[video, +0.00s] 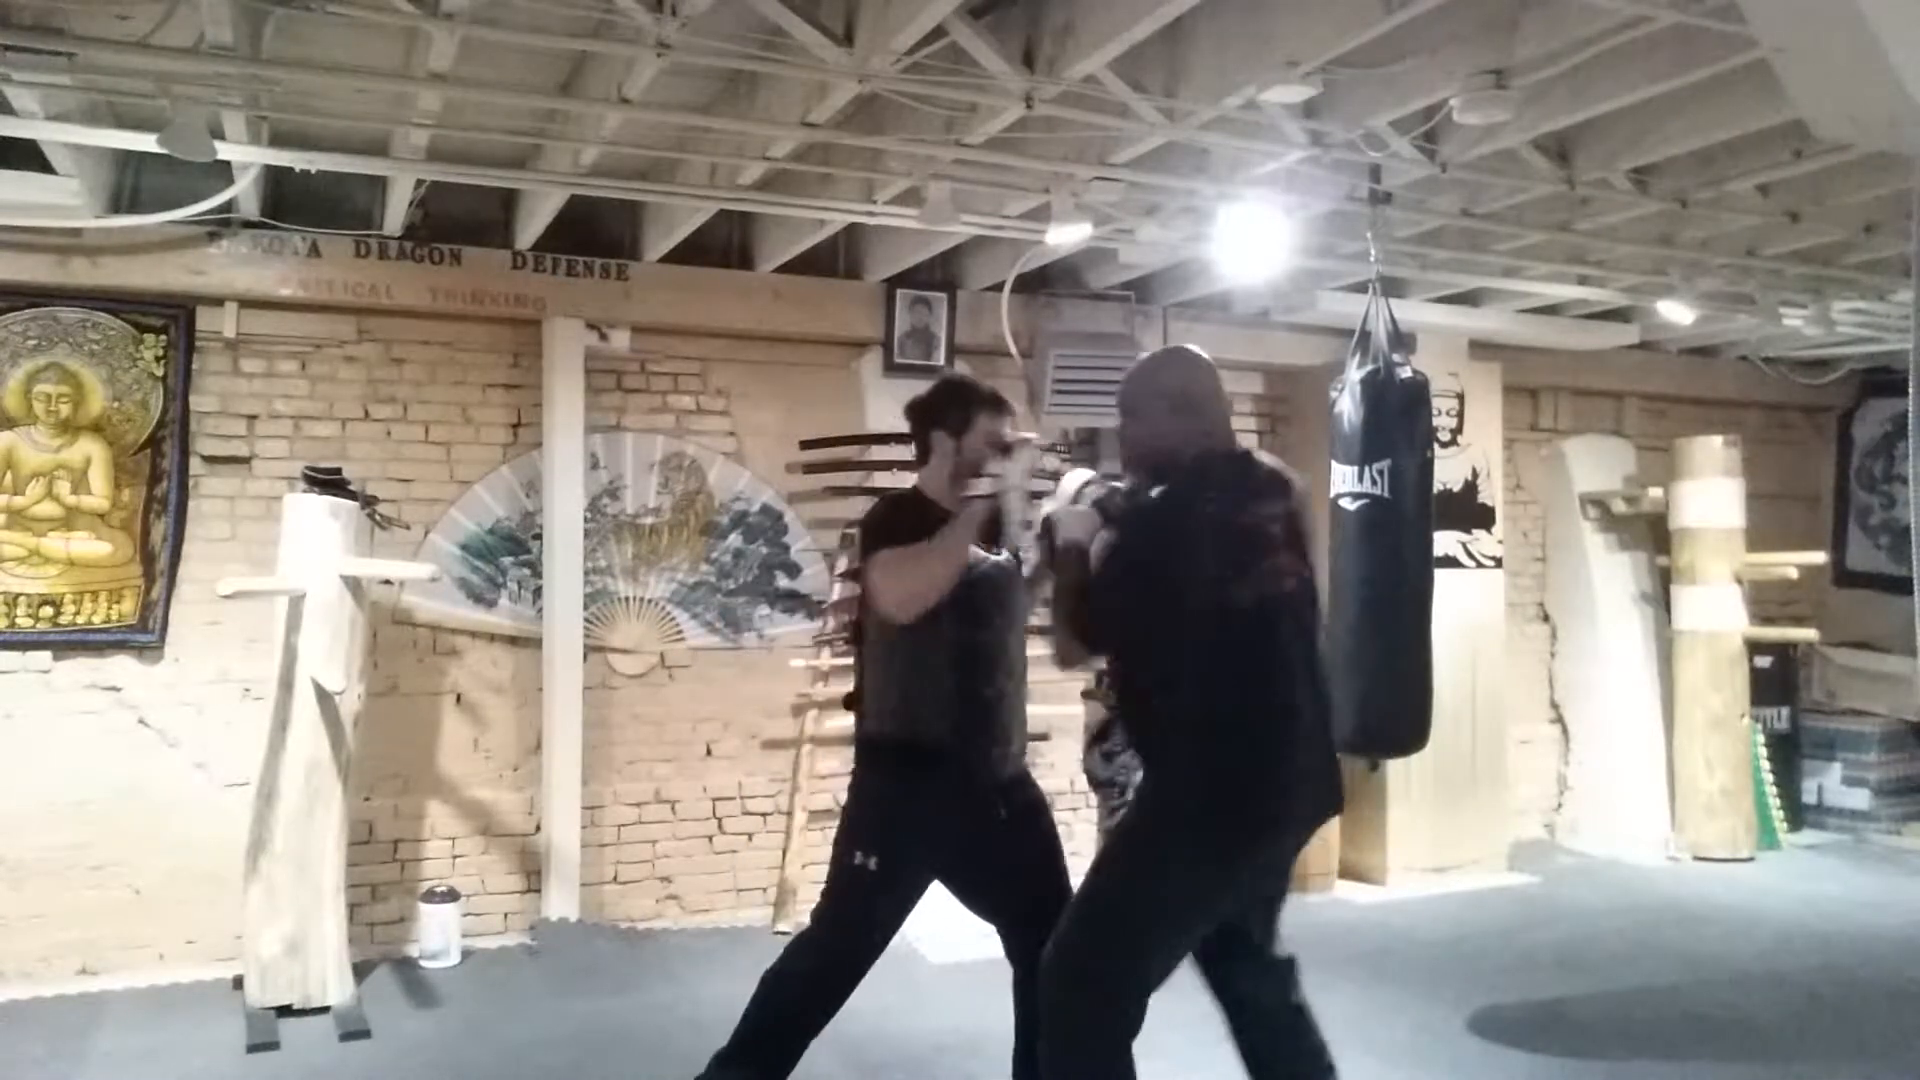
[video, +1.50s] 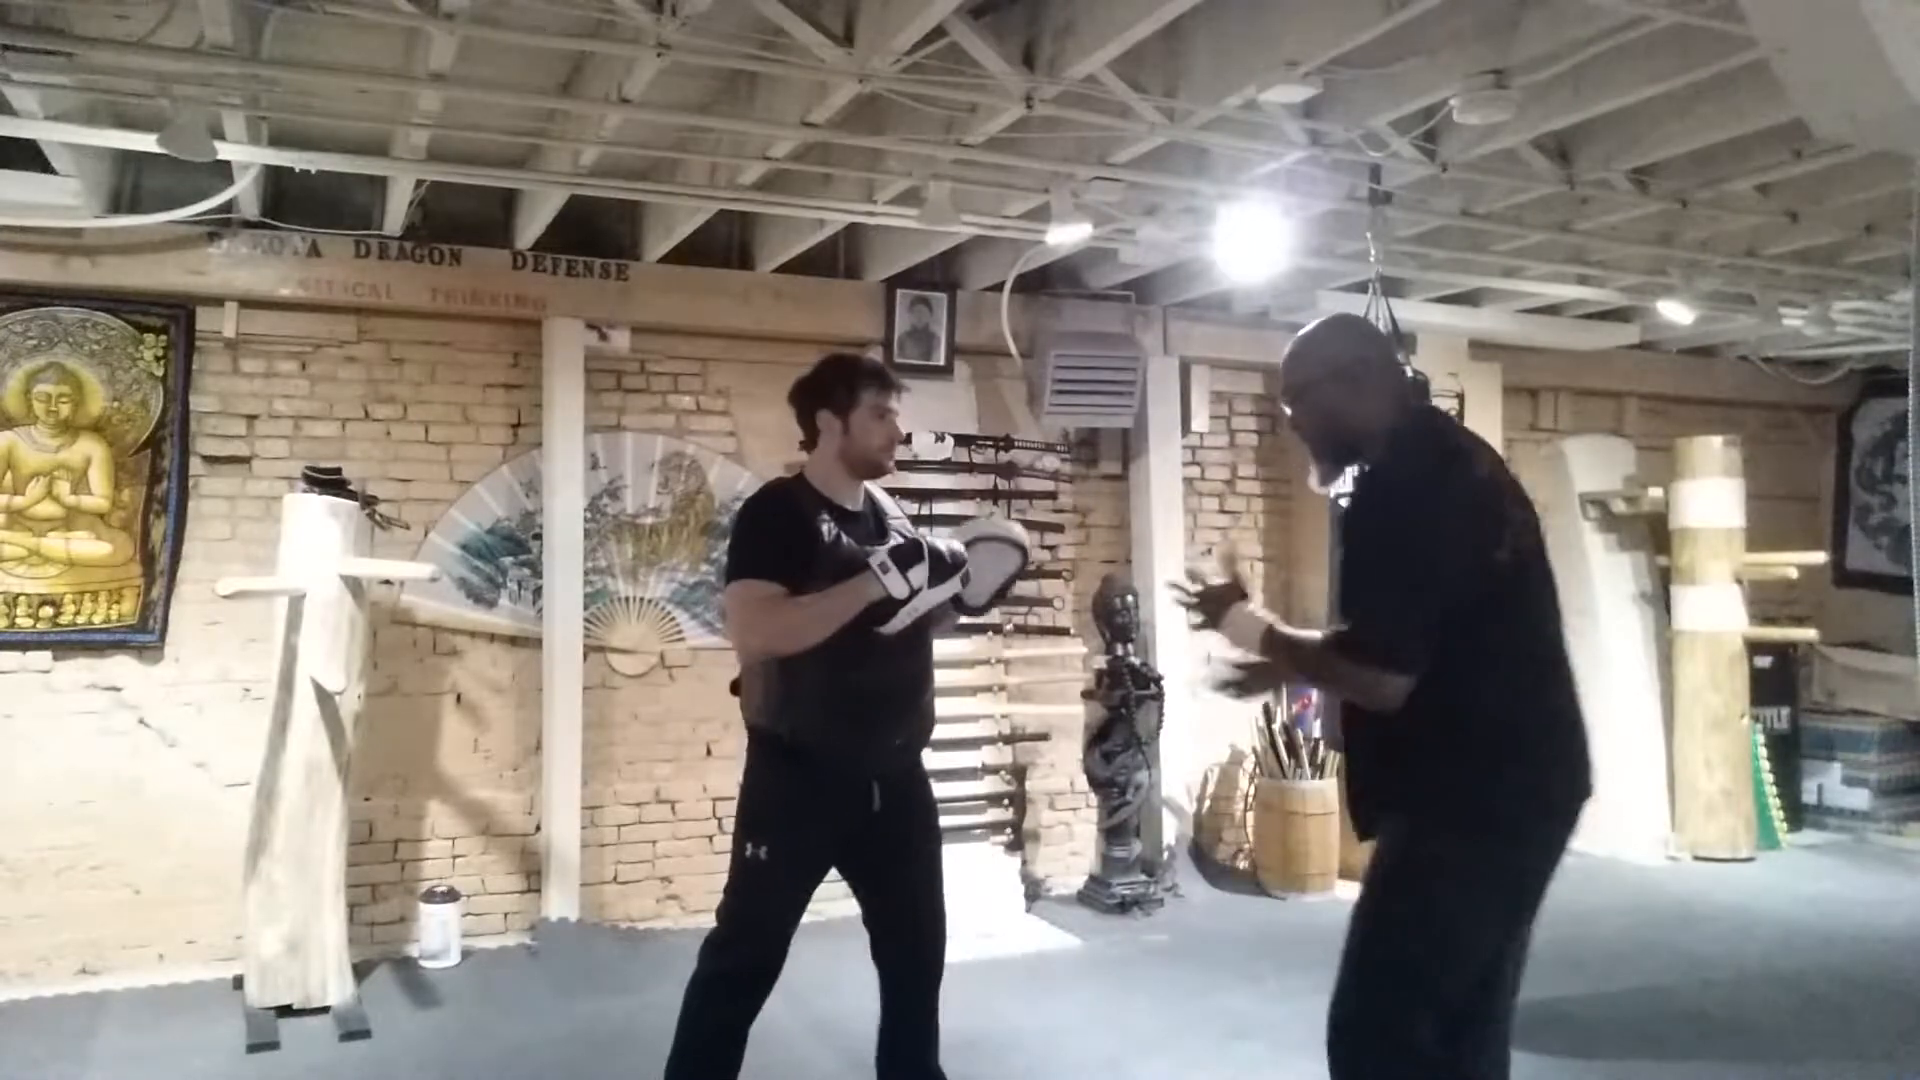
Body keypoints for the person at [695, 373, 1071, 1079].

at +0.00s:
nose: (1002, 459)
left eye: (1006, 446)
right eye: (992, 443)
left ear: (997, 453)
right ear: (943, 441)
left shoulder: (999, 533)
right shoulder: (897, 517)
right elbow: (898, 596)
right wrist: (980, 505)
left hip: (998, 788)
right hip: (904, 789)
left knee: (1054, 957)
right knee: (830, 959)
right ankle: (732, 1076)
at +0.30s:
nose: (972, 467)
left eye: (978, 454)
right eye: (959, 451)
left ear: (980, 462)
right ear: (908, 452)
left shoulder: (970, 540)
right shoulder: (861, 527)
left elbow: (1023, 599)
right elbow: (864, 613)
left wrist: (1073, 543)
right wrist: (951, 520)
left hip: (967, 796)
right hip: (868, 798)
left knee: (1040, 971)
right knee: (801, 974)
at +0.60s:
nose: (942, 470)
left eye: (955, 457)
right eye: (936, 451)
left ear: (957, 461)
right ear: (888, 441)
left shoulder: (946, 532)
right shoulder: (822, 515)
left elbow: (1000, 611)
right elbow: (807, 617)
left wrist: (1010, 514)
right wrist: (903, 521)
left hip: (940, 783)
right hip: (837, 783)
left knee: (1003, 941)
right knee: (775, 966)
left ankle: (1014, 1078)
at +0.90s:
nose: (967, 487)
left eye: (970, 471)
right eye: (957, 469)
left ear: (914, 466)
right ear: (904, 462)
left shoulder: (944, 550)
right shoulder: (830, 532)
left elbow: (961, 651)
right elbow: (820, 650)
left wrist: (1015, 598)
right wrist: (940, 578)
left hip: (940, 800)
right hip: (839, 802)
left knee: (1002, 963)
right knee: (773, 977)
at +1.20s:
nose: (898, 455)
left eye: (899, 440)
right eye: (888, 438)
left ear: (849, 440)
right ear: (831, 436)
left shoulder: (877, 529)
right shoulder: (758, 519)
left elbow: (899, 619)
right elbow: (750, 640)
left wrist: (960, 603)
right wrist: (880, 590)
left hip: (879, 790)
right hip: (777, 793)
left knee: (929, 983)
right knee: (726, 981)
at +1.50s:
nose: (900, 429)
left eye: (898, 414)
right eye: (883, 414)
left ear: (849, 426)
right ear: (829, 422)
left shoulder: (887, 516)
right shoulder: (772, 511)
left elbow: (919, 609)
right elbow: (752, 630)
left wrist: (973, 574)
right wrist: (876, 583)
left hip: (893, 778)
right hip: (794, 779)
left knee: (915, 968)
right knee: (740, 968)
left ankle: (913, 1078)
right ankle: (691, 1078)